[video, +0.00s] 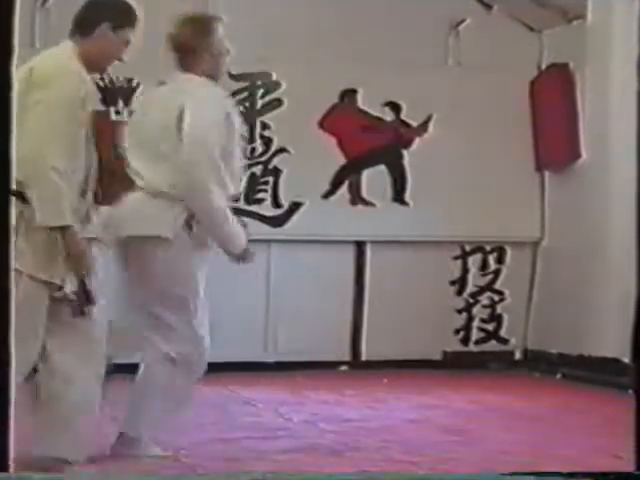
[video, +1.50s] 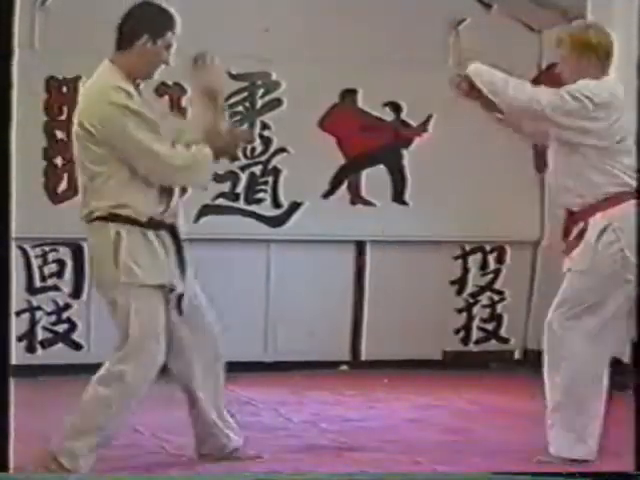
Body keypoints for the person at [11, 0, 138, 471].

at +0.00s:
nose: (123, 55)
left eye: (126, 46)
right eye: (122, 43)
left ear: (94, 31)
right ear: (100, 31)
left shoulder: (49, 70)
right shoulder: (64, 81)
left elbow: (45, 163)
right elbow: (47, 168)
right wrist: (72, 241)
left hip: (40, 229)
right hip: (45, 233)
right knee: (76, 341)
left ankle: (50, 448)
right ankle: (51, 449)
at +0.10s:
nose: (109, 46)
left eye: (111, 36)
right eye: (107, 32)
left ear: (83, 25)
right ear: (85, 23)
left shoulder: (62, 76)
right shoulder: (45, 72)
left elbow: (66, 170)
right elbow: (31, 167)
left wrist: (111, 196)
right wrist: (52, 250)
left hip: (46, 224)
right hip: (24, 228)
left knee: (58, 345)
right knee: (21, 346)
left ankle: (26, 447)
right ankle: (15, 451)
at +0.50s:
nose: (90, 42)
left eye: (92, 31)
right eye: (86, 29)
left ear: (61, 23)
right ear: (60, 22)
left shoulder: (43, 75)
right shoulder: (29, 71)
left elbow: (51, 169)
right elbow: (13, 157)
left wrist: (91, 210)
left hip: (25, 226)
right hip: (14, 228)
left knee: (25, 335)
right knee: (21, 335)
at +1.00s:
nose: (133, 36)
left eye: (134, 26)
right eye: (129, 24)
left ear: (99, 22)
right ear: (104, 22)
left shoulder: (66, 69)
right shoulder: (71, 74)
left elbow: (49, 153)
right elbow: (45, 152)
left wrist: (77, 223)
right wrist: (61, 225)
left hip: (58, 227)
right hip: (58, 230)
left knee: (61, 344)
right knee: (67, 346)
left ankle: (57, 449)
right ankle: (60, 454)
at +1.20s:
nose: (143, 47)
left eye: (146, 38)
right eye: (142, 35)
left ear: (113, 28)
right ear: (119, 29)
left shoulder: (98, 84)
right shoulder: (76, 81)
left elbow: (111, 171)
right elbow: (107, 161)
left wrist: (156, 183)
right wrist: (167, 148)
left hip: (103, 226)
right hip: (77, 226)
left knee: (144, 325)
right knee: (102, 334)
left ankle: (129, 434)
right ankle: (63, 450)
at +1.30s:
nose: (148, 57)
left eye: (151, 47)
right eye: (147, 44)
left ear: (122, 37)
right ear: (124, 37)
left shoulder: (105, 90)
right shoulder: (84, 88)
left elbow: (135, 160)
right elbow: (131, 157)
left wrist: (169, 130)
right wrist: (188, 129)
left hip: (115, 232)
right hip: (86, 232)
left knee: (160, 336)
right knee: (114, 343)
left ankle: (184, 435)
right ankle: (64, 452)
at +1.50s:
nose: (168, 57)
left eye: (170, 47)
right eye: (166, 46)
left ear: (136, 42)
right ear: (143, 42)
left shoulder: (128, 93)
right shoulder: (106, 97)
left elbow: (172, 140)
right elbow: (162, 165)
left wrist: (212, 119)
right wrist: (212, 151)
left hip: (154, 236)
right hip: (123, 236)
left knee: (200, 339)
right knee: (142, 352)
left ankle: (217, 442)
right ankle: (68, 459)